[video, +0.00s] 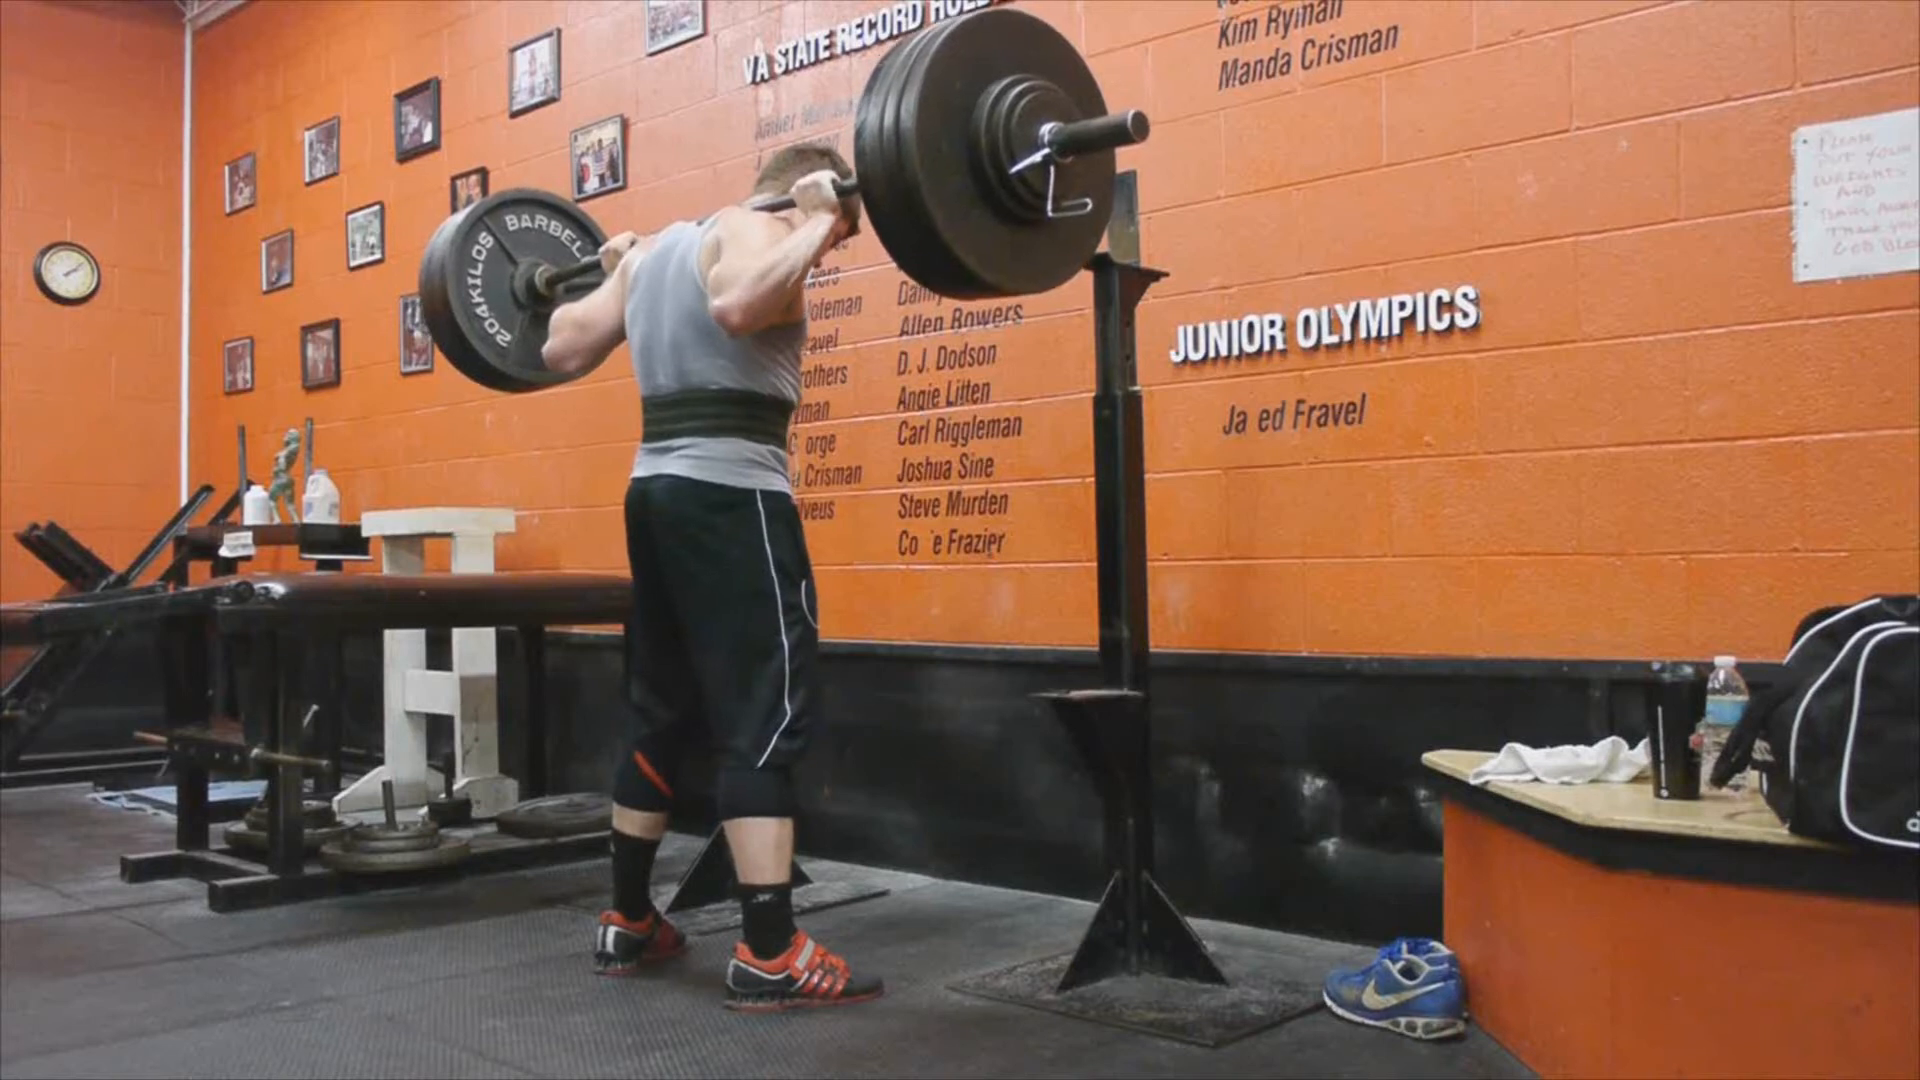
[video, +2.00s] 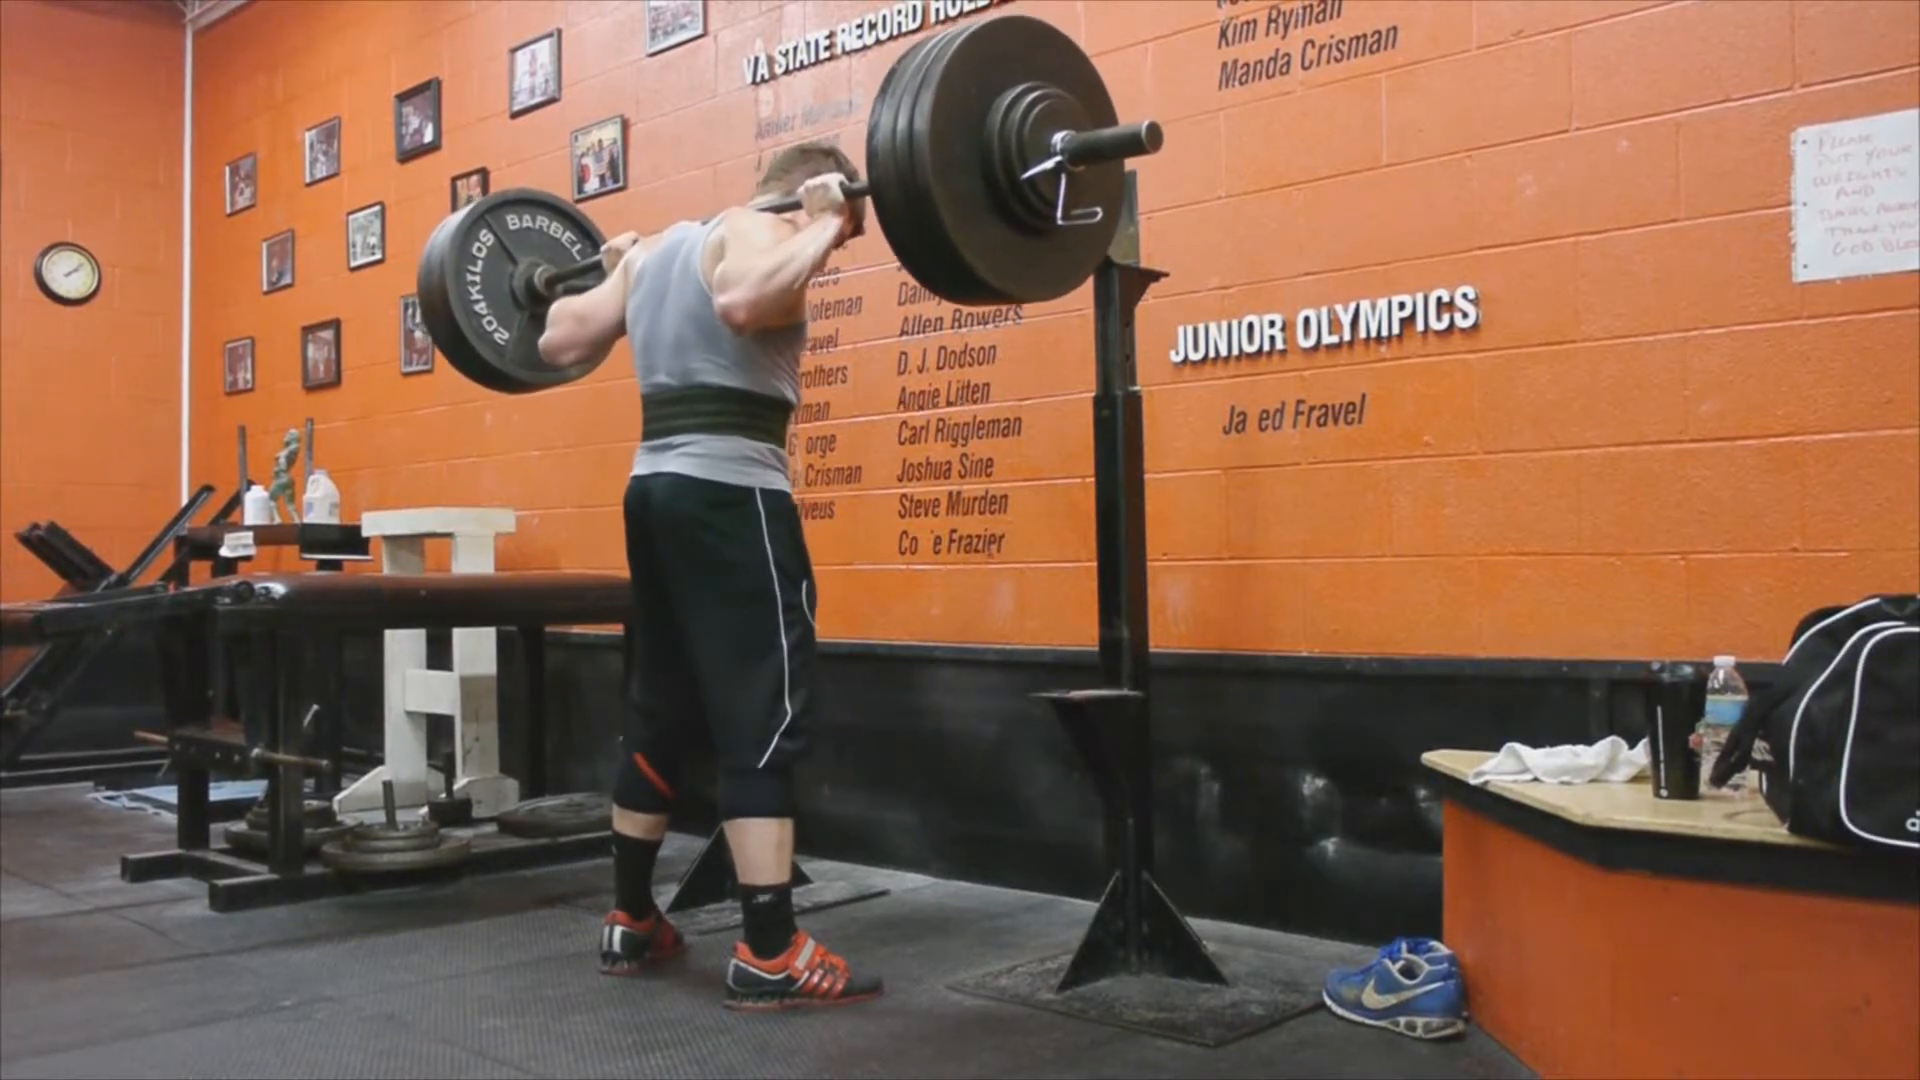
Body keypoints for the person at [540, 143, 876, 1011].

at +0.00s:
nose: (835, 246)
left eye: (843, 234)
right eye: (838, 228)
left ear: (759, 186)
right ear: (811, 200)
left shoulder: (657, 253)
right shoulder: (767, 228)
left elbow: (561, 346)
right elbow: (738, 304)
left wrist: (613, 273)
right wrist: (820, 226)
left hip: (657, 498)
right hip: (734, 500)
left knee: (665, 712)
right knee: (766, 716)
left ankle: (629, 920)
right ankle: (769, 948)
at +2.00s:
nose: (834, 240)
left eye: (842, 227)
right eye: (836, 222)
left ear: (760, 186)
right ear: (812, 198)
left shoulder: (654, 254)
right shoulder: (765, 228)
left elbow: (559, 340)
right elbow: (742, 302)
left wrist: (613, 271)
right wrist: (825, 231)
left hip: (656, 496)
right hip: (733, 498)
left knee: (665, 712)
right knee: (762, 715)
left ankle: (631, 920)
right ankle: (770, 947)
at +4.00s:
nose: (839, 241)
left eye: (847, 229)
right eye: (841, 224)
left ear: (761, 189)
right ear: (814, 200)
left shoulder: (661, 256)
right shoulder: (768, 233)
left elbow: (564, 348)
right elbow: (744, 308)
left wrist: (617, 278)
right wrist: (824, 230)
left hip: (657, 496)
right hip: (735, 498)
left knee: (662, 708)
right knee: (763, 714)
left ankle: (631, 921)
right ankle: (769, 947)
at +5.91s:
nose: (825, 193)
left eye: (826, 177)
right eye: (824, 177)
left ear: (735, 175)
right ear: (798, 172)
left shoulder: (664, 253)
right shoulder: (772, 227)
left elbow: (568, 352)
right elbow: (752, 300)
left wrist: (613, 273)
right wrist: (832, 227)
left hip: (652, 485)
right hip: (727, 488)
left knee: (658, 707)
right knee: (756, 713)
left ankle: (631, 920)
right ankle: (770, 946)